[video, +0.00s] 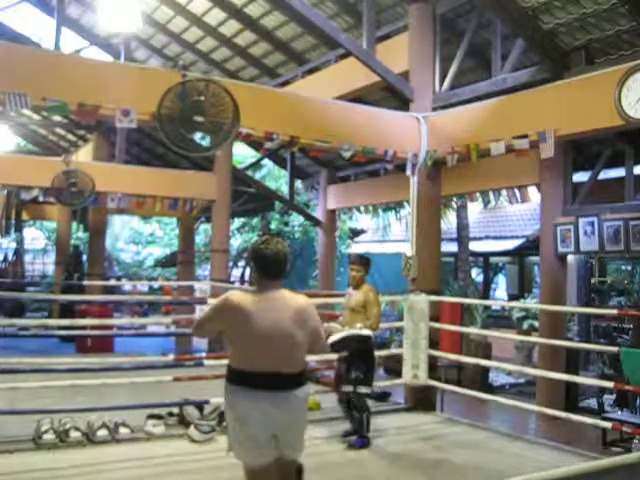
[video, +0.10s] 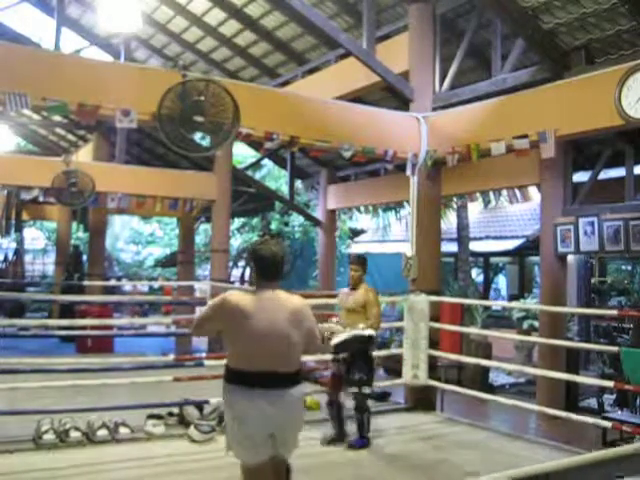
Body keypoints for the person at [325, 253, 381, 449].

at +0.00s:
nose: (353, 275)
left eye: (357, 271)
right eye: (351, 270)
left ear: (365, 274)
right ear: (349, 271)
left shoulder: (369, 293)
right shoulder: (350, 292)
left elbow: (374, 320)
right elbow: (349, 316)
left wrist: (363, 331)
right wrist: (339, 326)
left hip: (362, 343)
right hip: (348, 342)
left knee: (359, 390)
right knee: (344, 390)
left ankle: (362, 433)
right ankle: (355, 425)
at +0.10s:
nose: (352, 275)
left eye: (356, 271)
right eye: (350, 270)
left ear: (363, 273)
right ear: (348, 272)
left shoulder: (369, 293)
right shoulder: (344, 294)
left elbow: (374, 319)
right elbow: (345, 319)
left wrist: (365, 335)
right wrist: (336, 329)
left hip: (361, 345)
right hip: (343, 345)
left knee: (360, 392)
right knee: (333, 392)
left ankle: (362, 435)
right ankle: (339, 431)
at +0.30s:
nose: (344, 275)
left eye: (348, 271)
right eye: (341, 271)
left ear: (354, 273)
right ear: (335, 273)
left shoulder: (361, 296)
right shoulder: (328, 296)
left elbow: (372, 323)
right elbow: (322, 321)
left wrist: (357, 336)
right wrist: (319, 330)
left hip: (353, 353)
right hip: (331, 353)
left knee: (357, 396)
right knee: (321, 395)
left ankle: (361, 436)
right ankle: (316, 439)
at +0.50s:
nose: (336, 273)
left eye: (338, 269)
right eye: (332, 269)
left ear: (341, 272)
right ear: (321, 272)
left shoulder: (350, 294)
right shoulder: (312, 297)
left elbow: (365, 320)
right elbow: (304, 321)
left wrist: (359, 338)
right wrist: (304, 337)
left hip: (343, 349)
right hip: (319, 350)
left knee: (344, 394)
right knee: (313, 398)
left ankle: (355, 427)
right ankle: (314, 441)